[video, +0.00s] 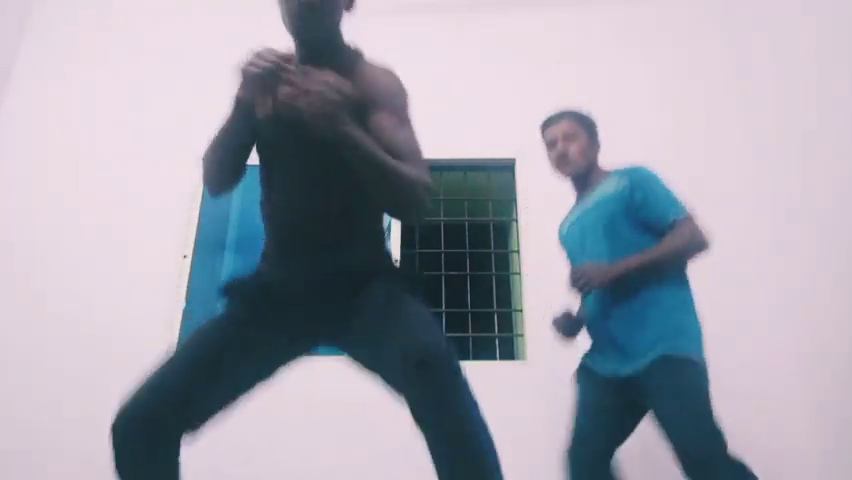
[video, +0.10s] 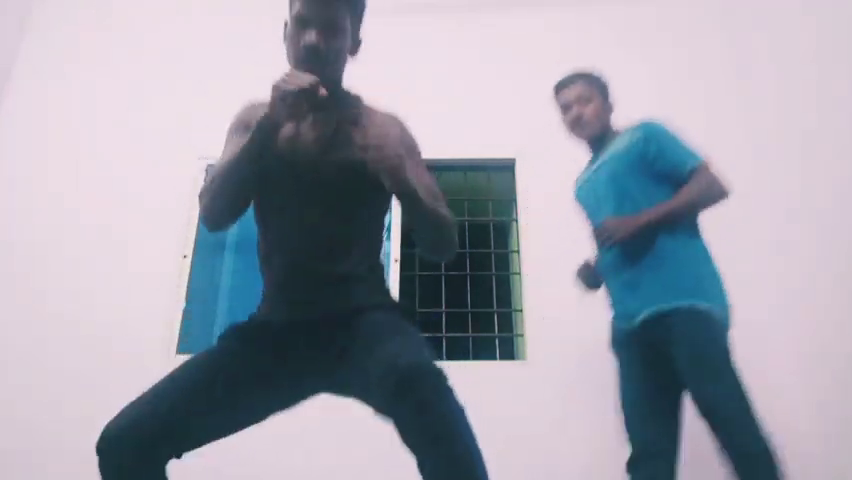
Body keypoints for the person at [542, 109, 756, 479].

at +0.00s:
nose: (560, 150)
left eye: (569, 138)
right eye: (551, 145)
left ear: (593, 142)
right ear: (548, 157)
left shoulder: (635, 182)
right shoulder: (570, 227)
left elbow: (692, 237)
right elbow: (598, 287)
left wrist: (615, 269)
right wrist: (577, 319)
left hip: (667, 351)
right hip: (610, 361)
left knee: (705, 463)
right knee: (585, 463)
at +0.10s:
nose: (576, 113)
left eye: (583, 101)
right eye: (566, 108)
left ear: (606, 103)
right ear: (563, 120)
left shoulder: (644, 136)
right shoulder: (584, 186)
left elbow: (711, 185)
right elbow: (621, 244)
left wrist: (636, 222)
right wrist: (597, 268)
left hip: (686, 302)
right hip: (631, 321)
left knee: (730, 422)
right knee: (649, 449)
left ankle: (762, 474)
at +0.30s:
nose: (621, 127)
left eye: (630, 116)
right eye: (612, 122)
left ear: (655, 118)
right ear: (608, 134)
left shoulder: (698, 155)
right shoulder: (633, 203)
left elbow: (756, 207)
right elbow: (664, 262)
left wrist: (675, 256)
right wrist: (641, 286)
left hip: (739, 339)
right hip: (681, 346)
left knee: (793, 453)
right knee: (662, 461)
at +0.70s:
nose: (604, 120)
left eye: (612, 108)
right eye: (600, 113)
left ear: (645, 110)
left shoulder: (670, 143)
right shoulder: (658, 167)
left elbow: (711, 195)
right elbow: (719, 242)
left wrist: (642, 258)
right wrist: (679, 280)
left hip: (727, 316)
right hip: (698, 323)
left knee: (773, 431)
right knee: (701, 444)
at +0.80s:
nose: (609, 147)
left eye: (617, 135)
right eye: (605, 141)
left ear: (650, 136)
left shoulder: (670, 172)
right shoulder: (663, 189)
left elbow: (699, 225)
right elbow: (721, 274)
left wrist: (625, 279)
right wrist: (680, 313)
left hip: (727, 350)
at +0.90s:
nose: (609, 151)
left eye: (617, 139)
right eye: (606, 145)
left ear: (650, 139)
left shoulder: (673, 170)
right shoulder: (661, 193)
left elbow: (714, 218)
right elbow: (715, 274)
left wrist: (642, 270)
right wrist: (669, 308)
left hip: (730, 333)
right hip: (706, 340)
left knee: (719, 456)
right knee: (690, 461)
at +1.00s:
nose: (611, 122)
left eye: (619, 111)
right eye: (607, 116)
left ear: (652, 111)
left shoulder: (678, 140)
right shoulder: (662, 170)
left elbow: (733, 186)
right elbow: (709, 235)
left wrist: (657, 241)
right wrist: (665, 272)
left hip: (723, 301)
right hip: (703, 309)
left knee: (710, 428)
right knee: (714, 429)